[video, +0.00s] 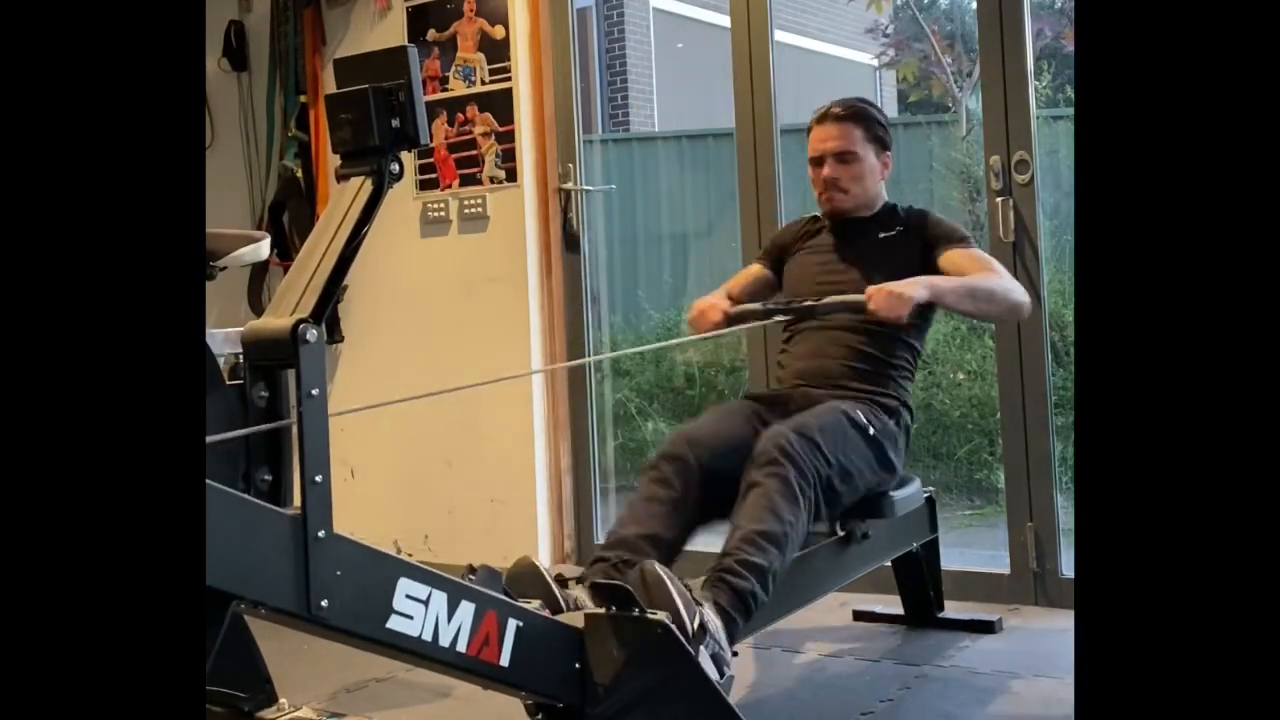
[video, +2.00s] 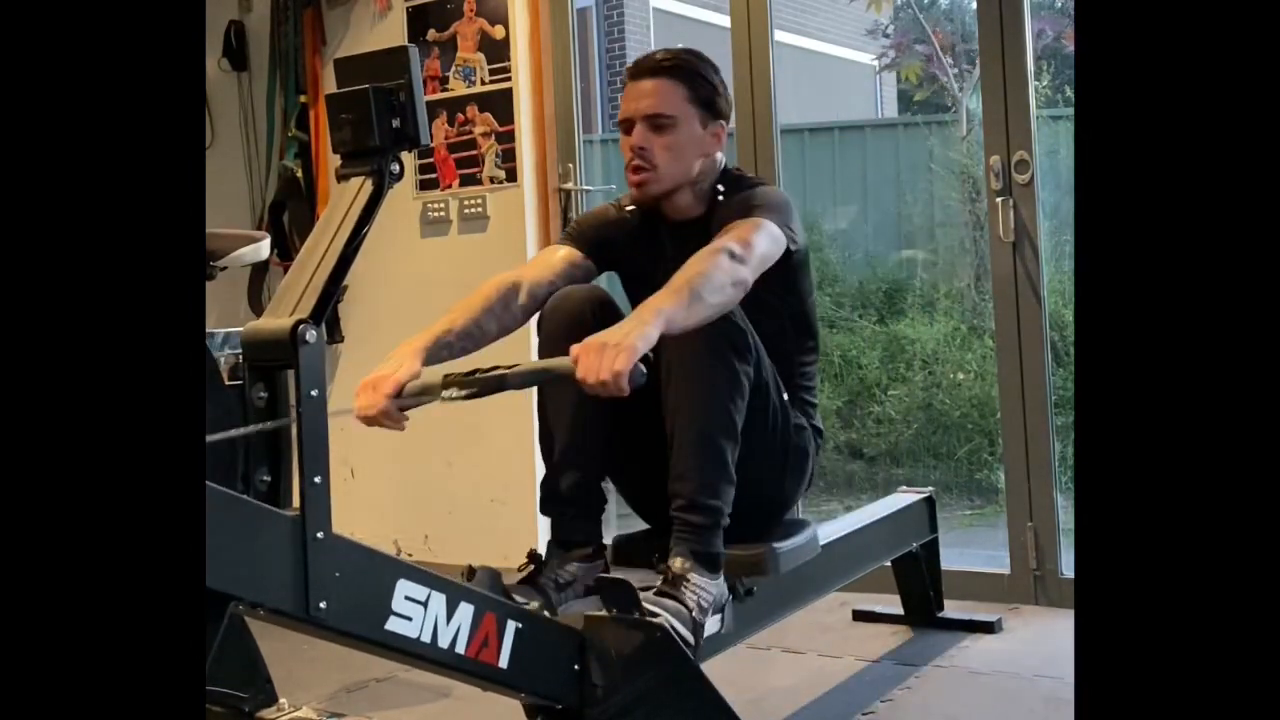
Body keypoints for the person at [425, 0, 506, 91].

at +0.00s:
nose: (471, 7)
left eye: (473, 4)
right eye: (468, 4)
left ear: (476, 7)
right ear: (463, 8)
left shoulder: (480, 22)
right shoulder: (457, 25)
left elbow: (493, 33)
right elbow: (445, 36)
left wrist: (498, 32)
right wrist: (435, 36)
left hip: (474, 60)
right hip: (460, 59)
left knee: (474, 89)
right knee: (458, 89)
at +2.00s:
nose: (471, 8)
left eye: (473, 6)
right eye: (468, 6)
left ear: (476, 8)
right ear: (463, 8)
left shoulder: (480, 22)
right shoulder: (457, 25)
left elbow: (493, 33)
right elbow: (445, 36)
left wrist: (498, 32)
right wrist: (435, 36)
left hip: (474, 60)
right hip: (460, 59)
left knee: (474, 88)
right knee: (457, 88)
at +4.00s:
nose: (471, 7)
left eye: (473, 4)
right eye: (469, 4)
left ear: (476, 7)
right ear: (463, 8)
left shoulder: (480, 22)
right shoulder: (457, 25)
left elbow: (493, 34)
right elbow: (445, 36)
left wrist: (498, 32)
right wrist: (435, 36)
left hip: (474, 60)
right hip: (460, 59)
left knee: (474, 89)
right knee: (459, 90)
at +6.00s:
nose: (471, 7)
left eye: (473, 4)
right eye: (468, 4)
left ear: (476, 7)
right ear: (463, 7)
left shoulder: (480, 22)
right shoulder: (457, 25)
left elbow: (493, 33)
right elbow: (444, 36)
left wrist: (498, 32)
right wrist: (435, 36)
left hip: (473, 60)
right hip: (460, 59)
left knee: (474, 89)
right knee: (458, 89)